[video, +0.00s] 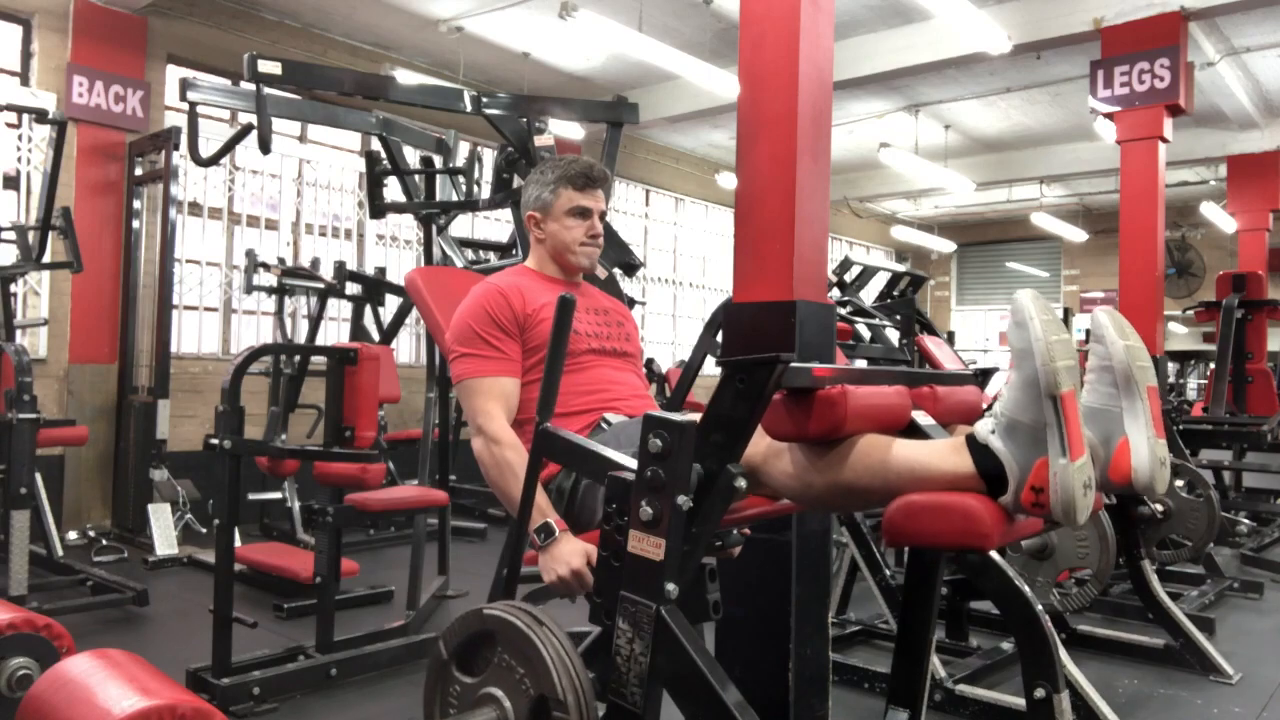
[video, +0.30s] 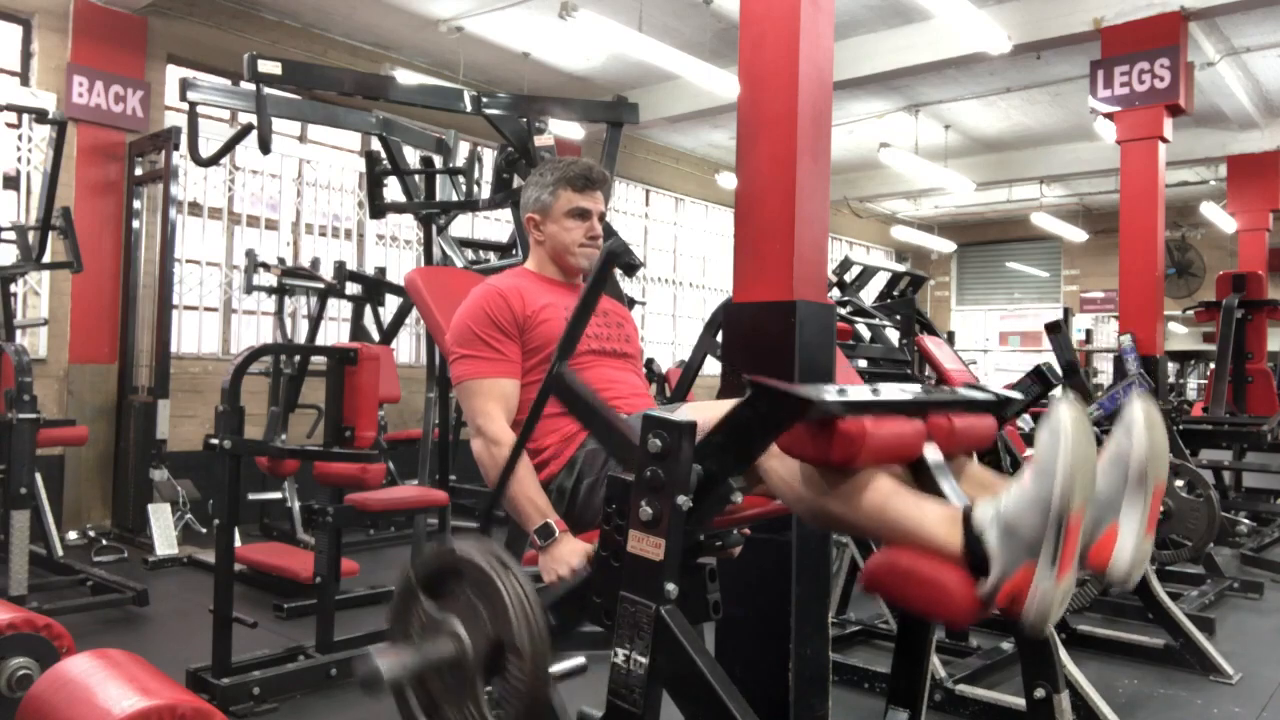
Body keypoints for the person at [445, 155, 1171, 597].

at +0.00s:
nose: (594, 231)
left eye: (599, 219)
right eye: (578, 216)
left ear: (598, 225)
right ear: (533, 220)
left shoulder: (609, 306)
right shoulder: (495, 298)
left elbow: (644, 397)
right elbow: (488, 430)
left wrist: (711, 428)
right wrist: (549, 531)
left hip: (662, 440)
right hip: (587, 461)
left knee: (826, 449)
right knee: (771, 454)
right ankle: (991, 455)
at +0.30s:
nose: (591, 235)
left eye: (597, 223)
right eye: (576, 221)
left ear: (599, 228)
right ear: (532, 222)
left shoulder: (603, 301)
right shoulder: (493, 302)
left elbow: (638, 399)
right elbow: (491, 437)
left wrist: (716, 408)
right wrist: (550, 532)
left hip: (656, 435)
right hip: (582, 462)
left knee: (837, 438)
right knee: (765, 435)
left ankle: (1065, 512)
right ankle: (977, 541)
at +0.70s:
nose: (594, 229)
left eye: (599, 218)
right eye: (578, 216)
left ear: (599, 227)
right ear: (533, 223)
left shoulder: (608, 303)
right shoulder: (499, 297)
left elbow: (646, 403)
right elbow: (488, 427)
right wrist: (553, 536)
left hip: (661, 441)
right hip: (586, 465)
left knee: (850, 419)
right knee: (761, 424)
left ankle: (938, 636)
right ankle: (842, 679)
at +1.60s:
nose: (590, 221)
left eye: (593, 208)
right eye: (578, 206)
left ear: (587, 206)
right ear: (531, 200)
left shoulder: (570, 274)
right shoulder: (481, 285)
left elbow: (617, 385)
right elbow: (491, 434)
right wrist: (550, 537)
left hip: (647, 436)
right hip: (586, 463)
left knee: (846, 418)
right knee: (754, 422)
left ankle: (823, 636)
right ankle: (719, 660)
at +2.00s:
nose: (601, 233)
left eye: (603, 219)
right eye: (593, 216)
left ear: (594, 217)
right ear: (553, 209)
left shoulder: (579, 289)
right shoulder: (489, 292)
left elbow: (625, 391)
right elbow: (489, 433)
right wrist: (551, 537)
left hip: (649, 438)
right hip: (586, 461)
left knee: (847, 424)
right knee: (753, 427)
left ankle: (832, 640)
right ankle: (729, 668)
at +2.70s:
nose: (593, 235)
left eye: (600, 224)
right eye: (578, 221)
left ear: (601, 229)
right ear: (533, 222)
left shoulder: (611, 302)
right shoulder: (495, 300)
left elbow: (656, 399)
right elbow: (489, 427)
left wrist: (728, 413)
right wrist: (553, 536)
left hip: (665, 436)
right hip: (586, 457)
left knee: (851, 416)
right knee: (762, 428)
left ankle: (958, 632)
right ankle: (863, 677)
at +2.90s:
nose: (594, 239)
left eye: (599, 226)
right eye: (579, 224)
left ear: (599, 227)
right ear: (533, 224)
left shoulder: (600, 301)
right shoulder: (497, 300)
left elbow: (641, 395)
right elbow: (490, 439)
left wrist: (702, 410)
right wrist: (552, 534)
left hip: (657, 433)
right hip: (584, 460)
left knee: (848, 411)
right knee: (759, 422)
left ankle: (993, 612)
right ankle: (905, 657)